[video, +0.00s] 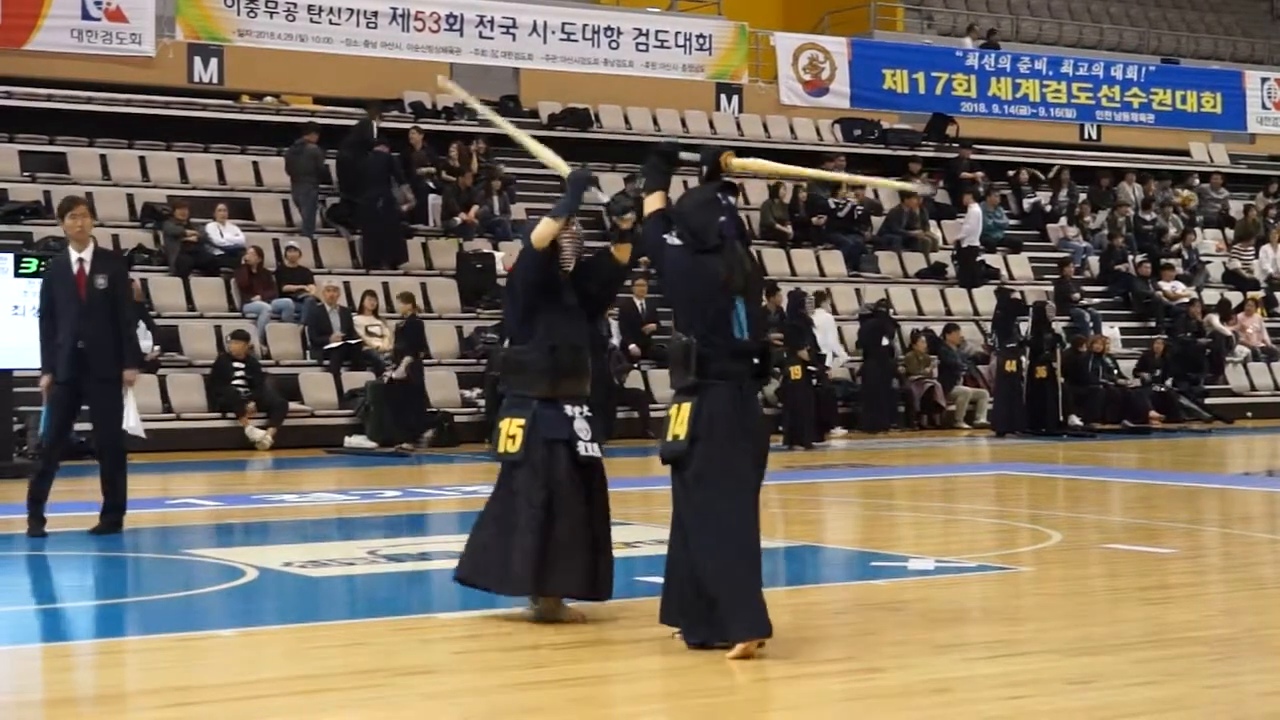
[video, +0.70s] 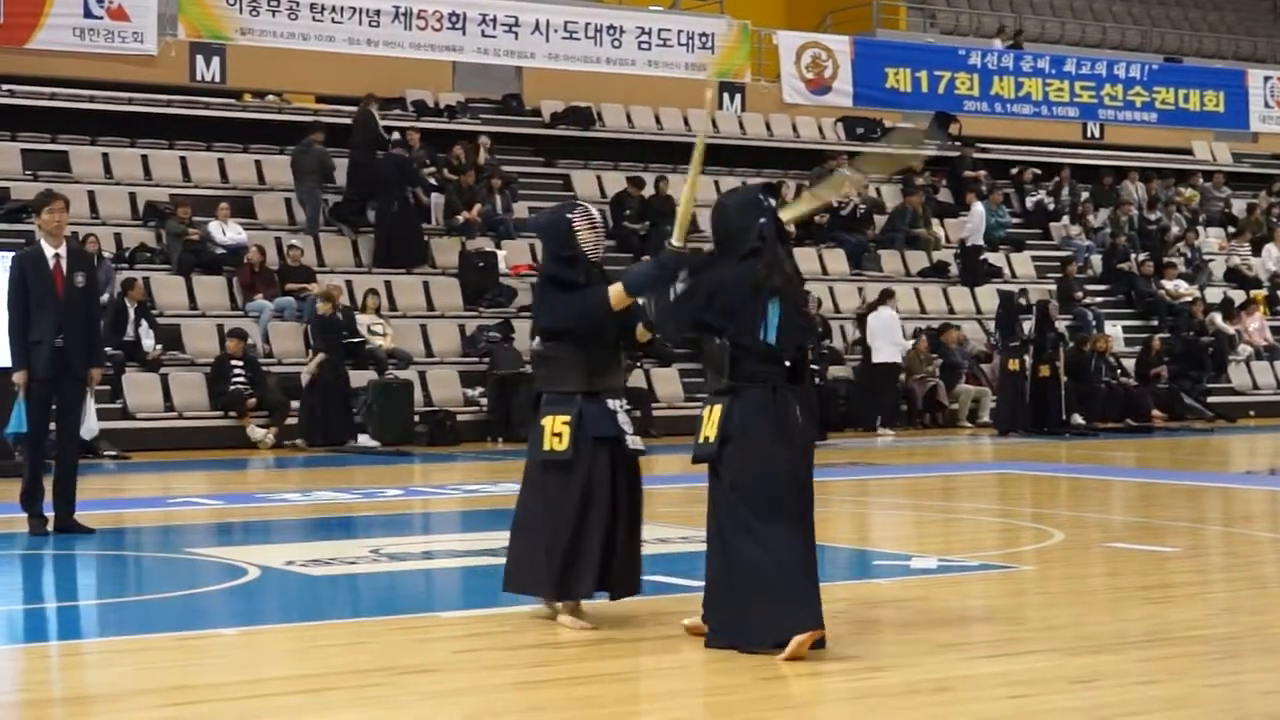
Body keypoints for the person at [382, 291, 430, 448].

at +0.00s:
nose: (398, 307)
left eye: (400, 304)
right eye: (398, 304)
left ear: (409, 305)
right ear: (407, 305)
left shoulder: (413, 322)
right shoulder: (404, 322)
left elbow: (412, 348)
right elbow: (401, 346)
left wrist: (403, 366)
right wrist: (394, 364)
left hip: (412, 364)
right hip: (404, 364)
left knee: (412, 399)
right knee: (409, 399)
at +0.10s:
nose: (385, 306)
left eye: (388, 303)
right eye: (385, 303)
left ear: (396, 304)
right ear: (394, 305)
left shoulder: (403, 322)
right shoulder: (392, 322)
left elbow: (406, 348)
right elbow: (390, 345)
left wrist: (405, 369)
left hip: (399, 366)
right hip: (389, 366)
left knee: (401, 401)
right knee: (392, 401)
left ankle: (404, 437)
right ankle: (394, 436)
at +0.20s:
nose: (373, 308)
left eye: (376, 305)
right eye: (373, 305)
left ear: (385, 306)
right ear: (385, 307)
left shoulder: (388, 323)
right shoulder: (386, 322)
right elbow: (379, 342)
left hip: (387, 368)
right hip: (384, 367)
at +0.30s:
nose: (359, 308)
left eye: (362, 304)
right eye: (360, 304)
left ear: (371, 306)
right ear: (370, 305)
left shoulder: (377, 323)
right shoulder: (368, 322)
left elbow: (387, 347)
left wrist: (399, 367)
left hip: (375, 367)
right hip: (366, 366)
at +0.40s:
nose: (349, 308)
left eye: (351, 304)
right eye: (349, 305)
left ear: (359, 304)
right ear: (354, 305)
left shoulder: (366, 321)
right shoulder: (354, 320)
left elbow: (376, 347)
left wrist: (382, 369)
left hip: (363, 364)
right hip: (352, 363)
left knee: (359, 398)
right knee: (352, 398)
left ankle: (356, 437)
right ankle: (351, 437)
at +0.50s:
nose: (338, 306)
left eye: (341, 303)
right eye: (337, 303)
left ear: (349, 303)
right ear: (338, 304)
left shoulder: (355, 320)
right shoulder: (342, 321)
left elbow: (360, 346)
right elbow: (339, 343)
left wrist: (360, 368)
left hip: (353, 361)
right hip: (341, 362)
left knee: (357, 397)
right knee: (343, 397)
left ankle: (365, 436)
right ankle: (347, 438)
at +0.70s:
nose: (318, 306)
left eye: (322, 303)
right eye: (318, 302)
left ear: (330, 305)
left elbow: (323, 350)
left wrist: (309, 367)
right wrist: (311, 359)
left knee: (313, 399)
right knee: (337, 402)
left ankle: (309, 436)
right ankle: (338, 436)